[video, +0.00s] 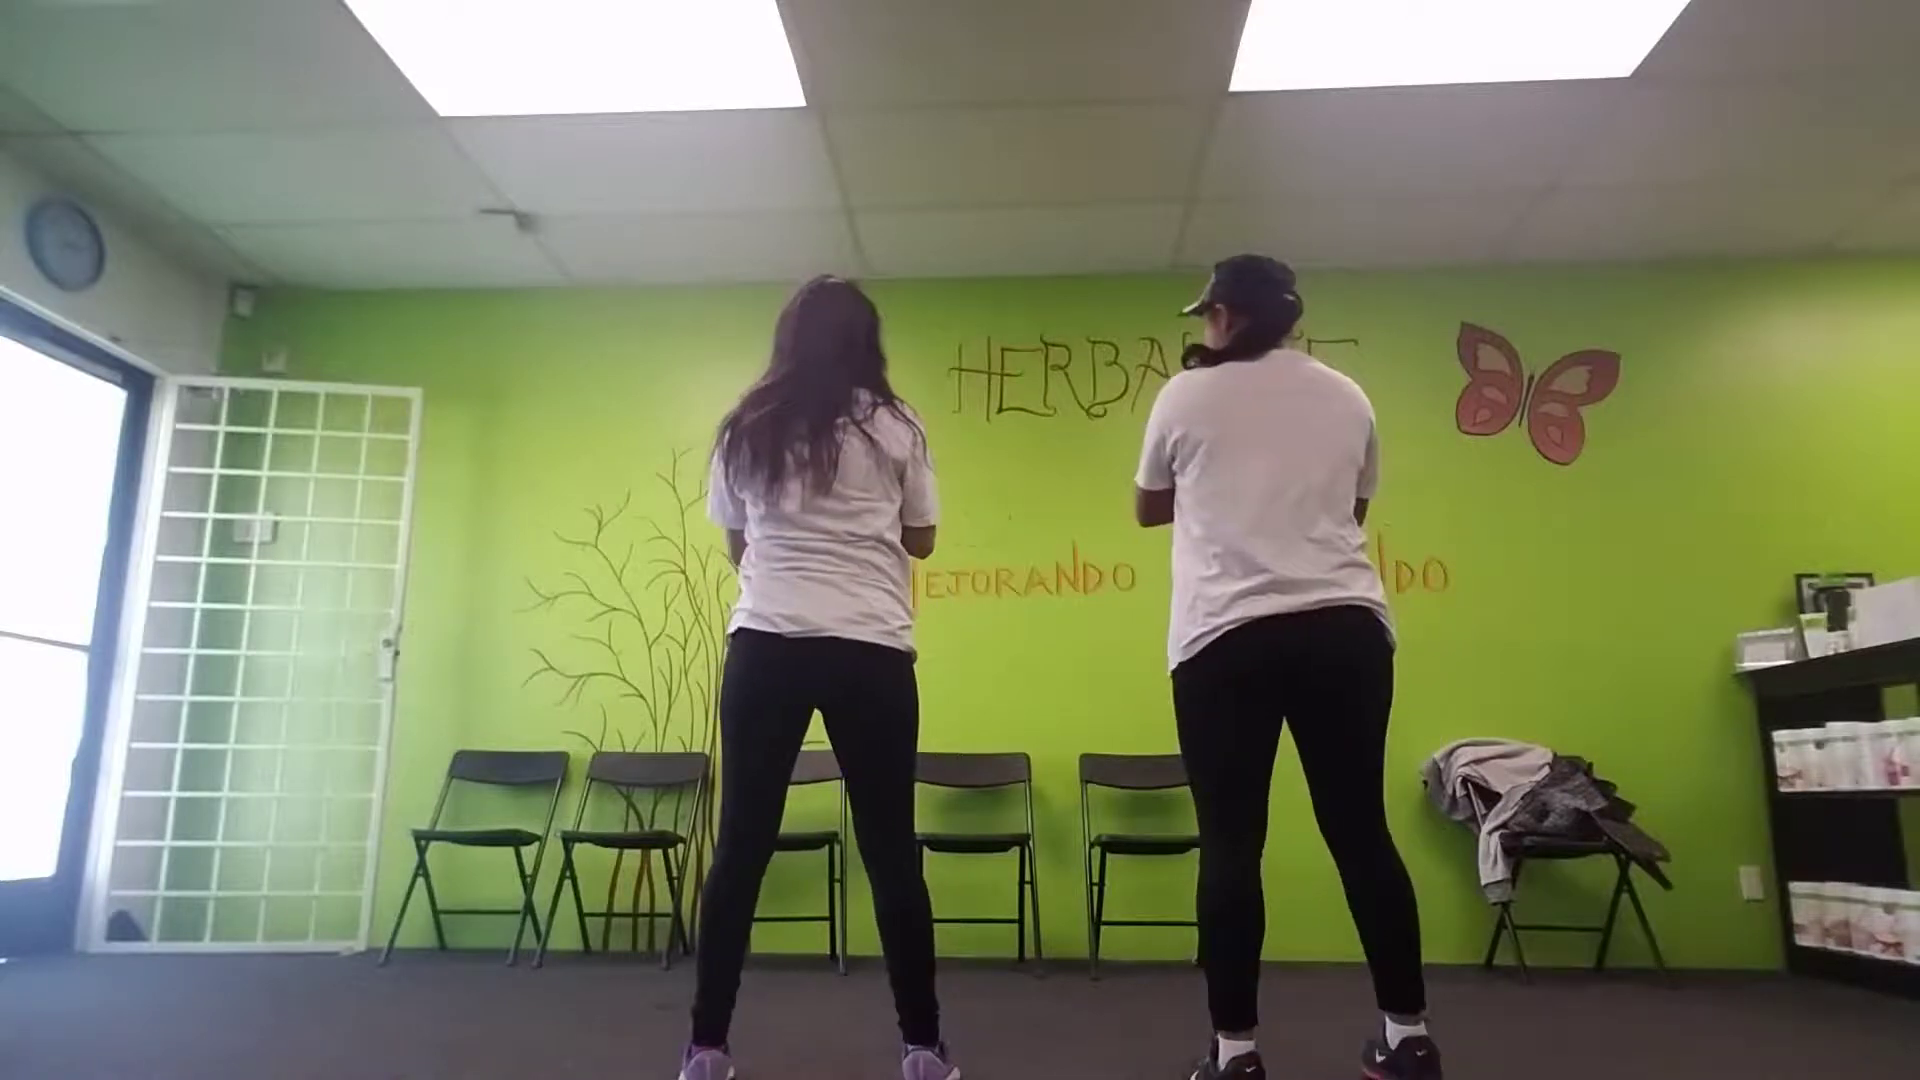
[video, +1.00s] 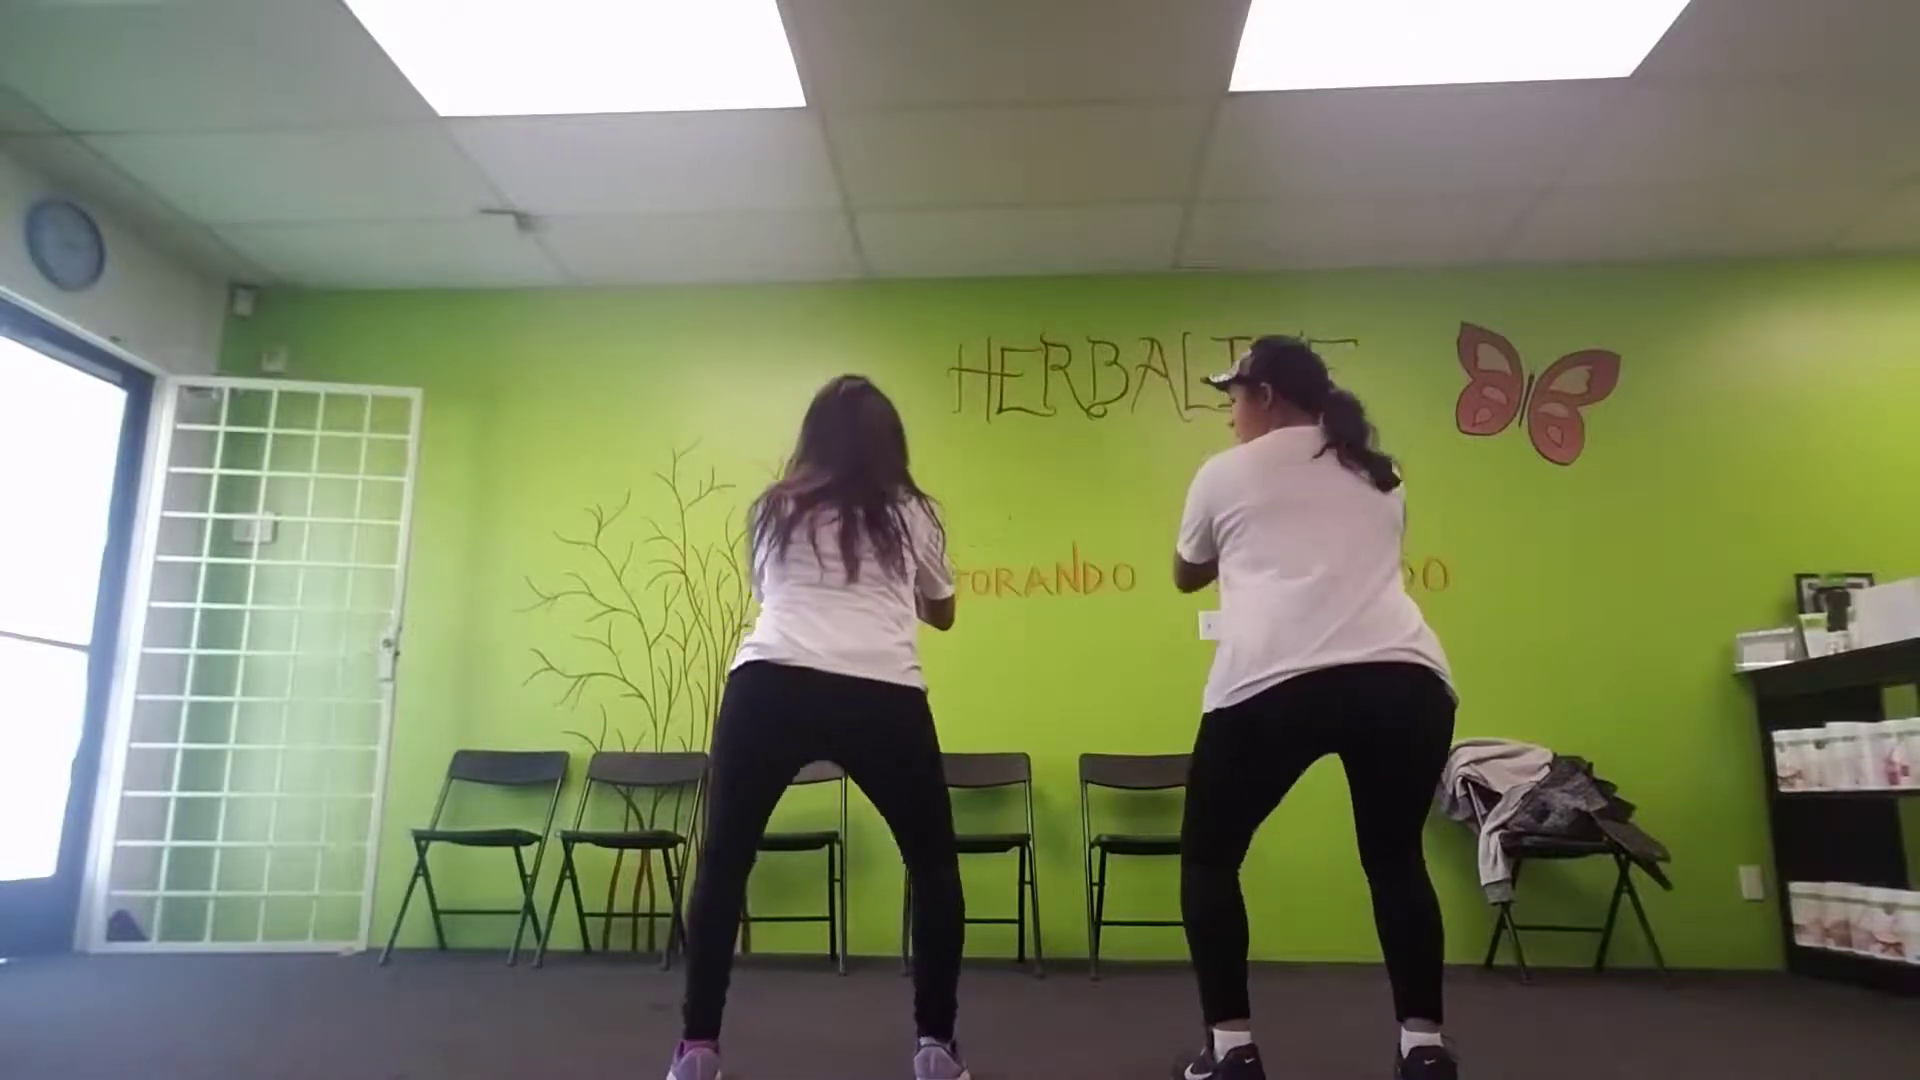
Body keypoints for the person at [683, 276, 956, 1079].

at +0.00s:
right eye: (866, 337)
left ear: (786, 340)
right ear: (870, 346)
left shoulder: (748, 423)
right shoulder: (897, 423)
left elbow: (737, 549)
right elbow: (919, 540)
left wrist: (812, 528)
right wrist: (852, 502)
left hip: (766, 648)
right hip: (871, 652)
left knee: (741, 846)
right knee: (893, 854)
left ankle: (706, 1050)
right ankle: (924, 1052)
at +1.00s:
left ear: (810, 440)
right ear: (892, 441)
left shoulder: (774, 503)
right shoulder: (914, 509)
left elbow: (767, 590)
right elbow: (941, 613)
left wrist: (834, 572)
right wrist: (878, 567)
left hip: (771, 689)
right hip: (883, 697)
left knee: (722, 859)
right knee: (932, 861)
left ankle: (697, 1049)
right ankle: (936, 1049)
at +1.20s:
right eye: (890, 524)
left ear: (809, 527)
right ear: (889, 530)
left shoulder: (772, 586)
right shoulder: (907, 594)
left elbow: (764, 669)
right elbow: (940, 694)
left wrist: (829, 657)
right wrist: (876, 657)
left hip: (762, 766)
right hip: (880, 778)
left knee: (718, 875)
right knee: (950, 866)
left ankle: (701, 1039)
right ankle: (937, 1038)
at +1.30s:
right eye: (892, 570)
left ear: (809, 573)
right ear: (888, 576)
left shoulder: (770, 634)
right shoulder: (907, 642)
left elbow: (762, 718)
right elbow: (937, 740)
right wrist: (873, 715)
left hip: (754, 817)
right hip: (876, 823)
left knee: (714, 882)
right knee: (958, 869)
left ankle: (702, 1035)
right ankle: (937, 1036)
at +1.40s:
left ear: (808, 615)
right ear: (887, 619)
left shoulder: (768, 678)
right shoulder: (904, 684)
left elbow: (759, 760)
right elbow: (941, 779)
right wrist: (884, 740)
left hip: (756, 874)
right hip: (870, 878)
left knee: (705, 880)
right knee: (964, 868)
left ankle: (701, 1036)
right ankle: (938, 1038)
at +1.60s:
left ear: (805, 650)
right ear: (884, 656)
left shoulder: (765, 709)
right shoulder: (899, 717)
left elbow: (750, 779)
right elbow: (941, 804)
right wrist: (888, 762)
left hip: (746, 901)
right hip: (861, 906)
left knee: (704, 877)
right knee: (954, 866)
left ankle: (701, 1041)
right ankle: (935, 1043)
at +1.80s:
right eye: (887, 592)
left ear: (804, 596)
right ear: (883, 601)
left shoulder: (764, 654)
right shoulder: (897, 661)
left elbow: (752, 725)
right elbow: (945, 736)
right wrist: (890, 700)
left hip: (745, 808)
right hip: (864, 814)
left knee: (714, 872)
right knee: (946, 857)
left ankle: (700, 1046)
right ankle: (935, 1047)